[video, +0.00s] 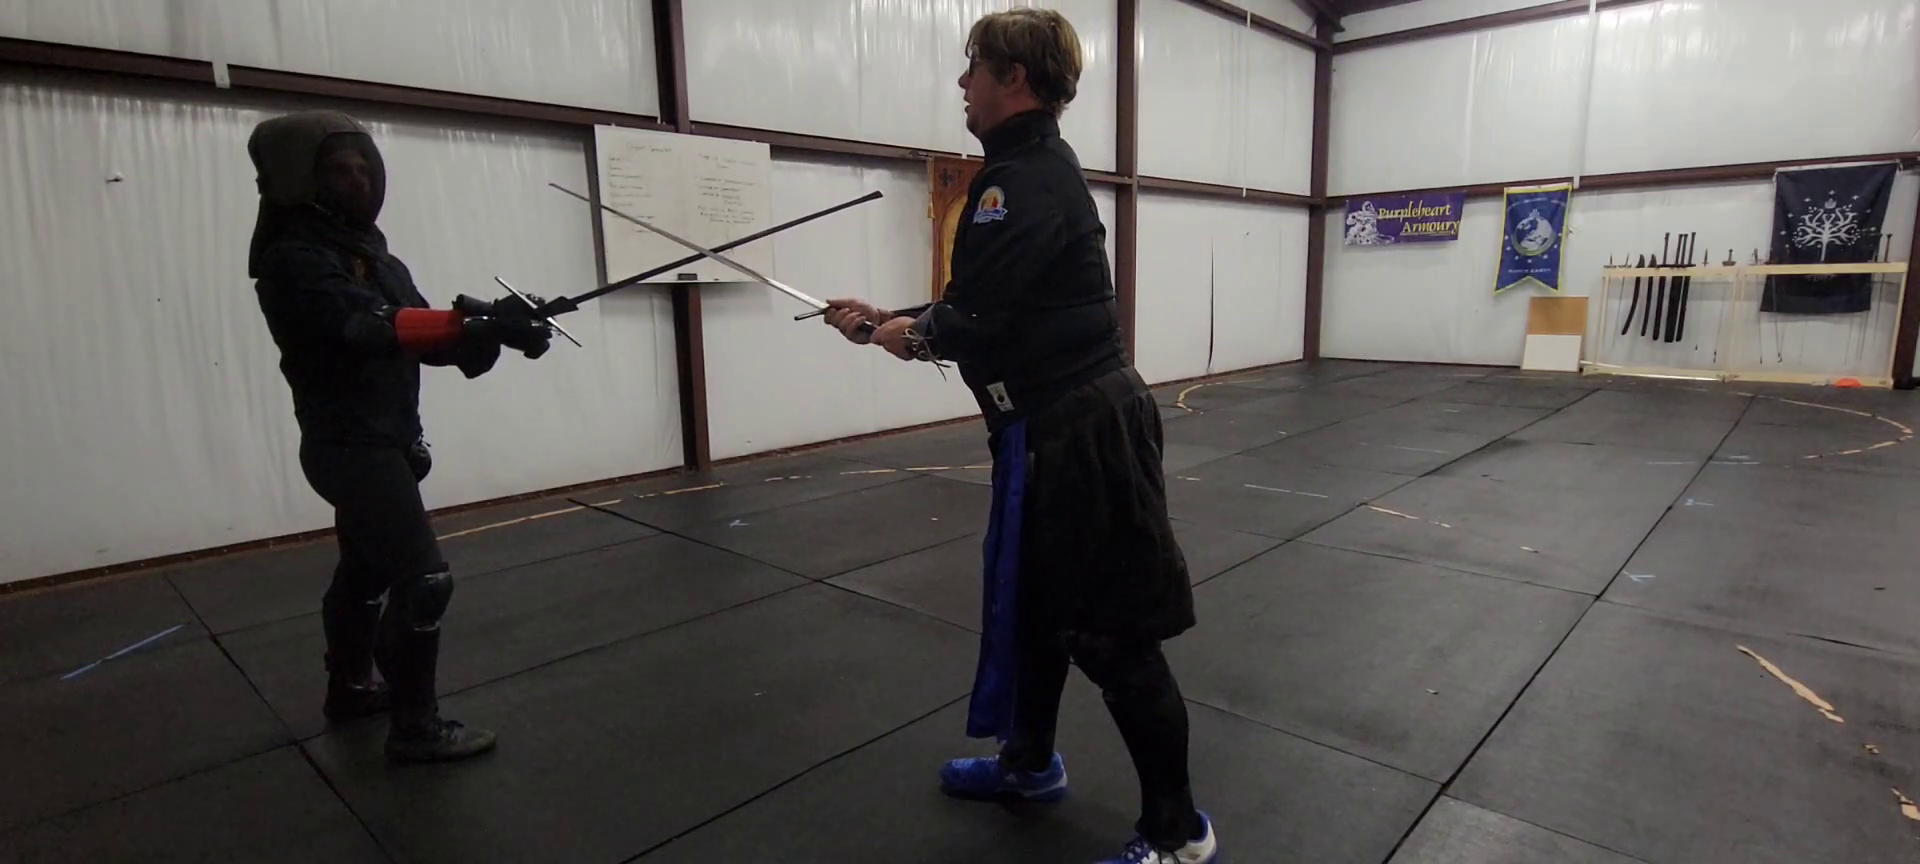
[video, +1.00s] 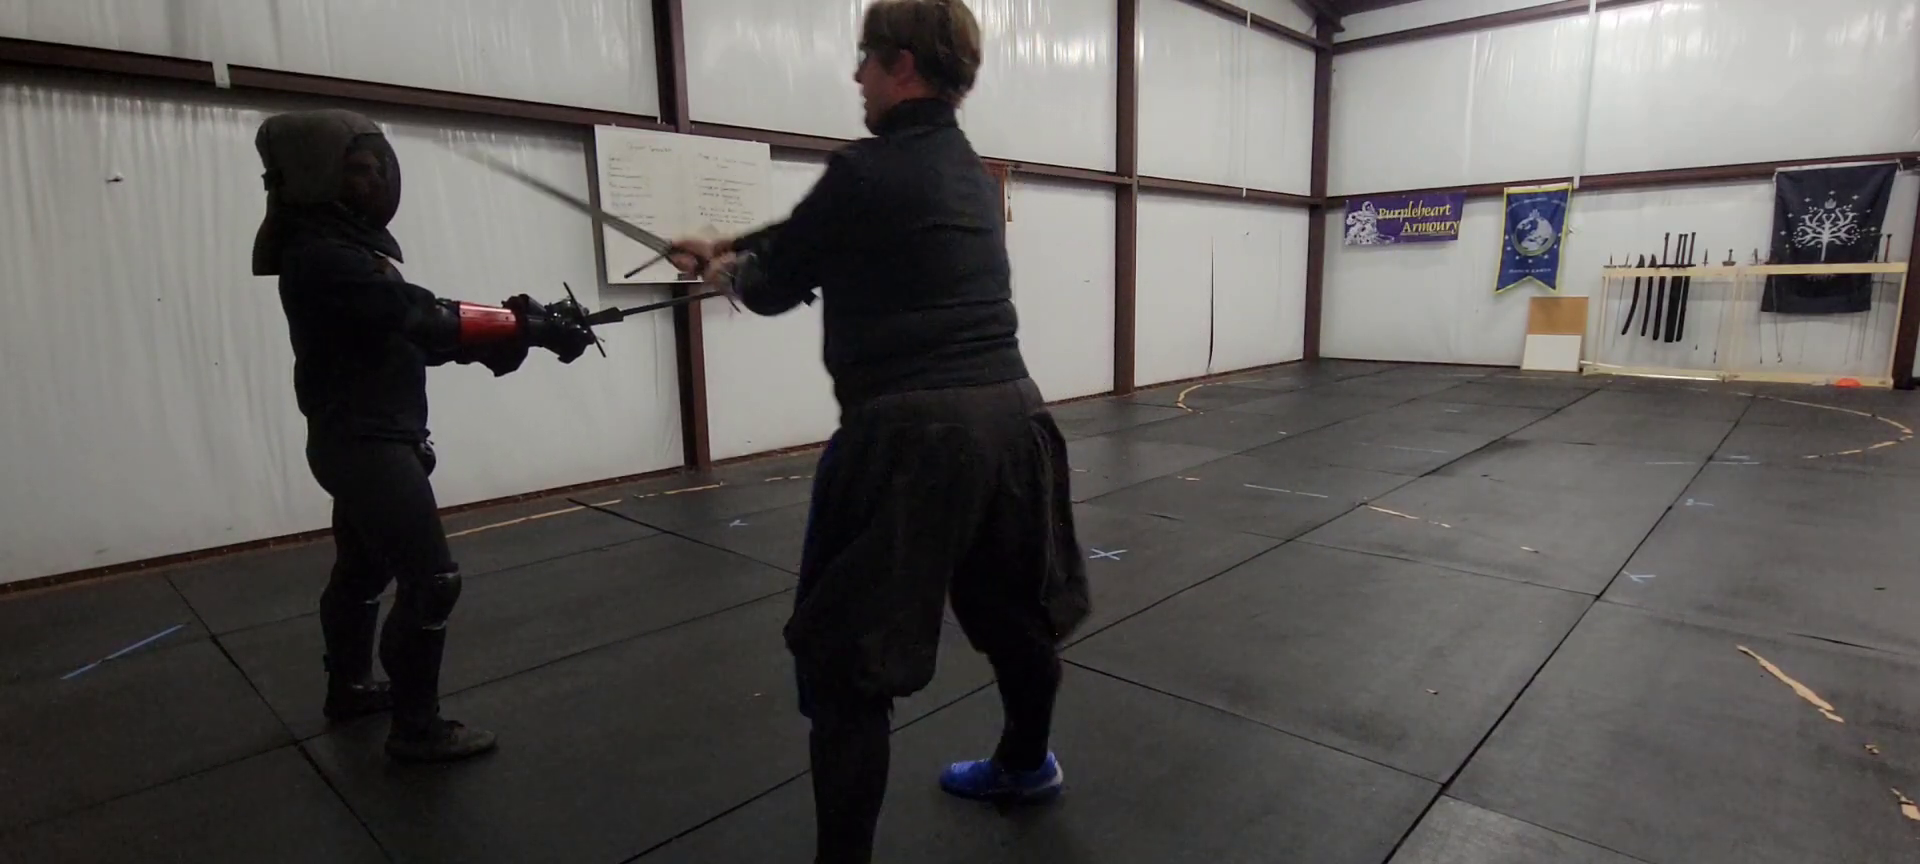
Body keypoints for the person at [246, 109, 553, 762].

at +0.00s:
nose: (357, 183)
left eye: (365, 170)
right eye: (340, 171)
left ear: (378, 178)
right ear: (308, 182)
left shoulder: (369, 250)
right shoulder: (293, 257)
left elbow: (411, 325)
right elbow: (360, 327)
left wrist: (476, 340)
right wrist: (472, 322)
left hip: (388, 443)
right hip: (352, 450)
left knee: (364, 572)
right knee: (422, 583)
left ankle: (350, 690)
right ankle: (416, 727)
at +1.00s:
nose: (381, 177)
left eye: (381, 164)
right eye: (364, 166)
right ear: (327, 177)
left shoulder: (348, 246)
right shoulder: (322, 256)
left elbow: (415, 326)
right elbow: (415, 317)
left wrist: (505, 327)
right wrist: (522, 324)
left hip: (376, 444)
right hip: (369, 449)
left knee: (360, 573)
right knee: (430, 583)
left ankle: (351, 691)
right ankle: (417, 728)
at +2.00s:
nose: (368, 178)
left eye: (371, 165)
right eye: (350, 167)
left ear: (375, 172)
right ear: (311, 179)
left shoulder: (350, 246)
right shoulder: (304, 258)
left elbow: (393, 336)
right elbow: (381, 341)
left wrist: (466, 361)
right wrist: (493, 374)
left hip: (375, 441)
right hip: (352, 446)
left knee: (359, 571)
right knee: (409, 580)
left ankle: (349, 689)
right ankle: (416, 725)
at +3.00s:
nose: (363, 183)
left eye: (365, 170)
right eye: (346, 172)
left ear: (367, 176)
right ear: (311, 182)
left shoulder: (347, 245)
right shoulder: (292, 256)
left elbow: (388, 333)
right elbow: (360, 342)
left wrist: (462, 358)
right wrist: (473, 355)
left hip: (375, 439)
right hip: (344, 445)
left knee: (358, 569)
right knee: (392, 581)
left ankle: (350, 688)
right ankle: (410, 724)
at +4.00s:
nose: (355, 181)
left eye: (361, 169)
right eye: (339, 169)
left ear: (371, 179)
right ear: (308, 179)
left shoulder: (350, 245)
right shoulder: (292, 254)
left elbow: (393, 328)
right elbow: (364, 334)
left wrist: (466, 349)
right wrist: (478, 345)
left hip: (376, 439)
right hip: (343, 444)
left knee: (359, 569)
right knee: (392, 582)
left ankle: (349, 688)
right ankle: (411, 723)